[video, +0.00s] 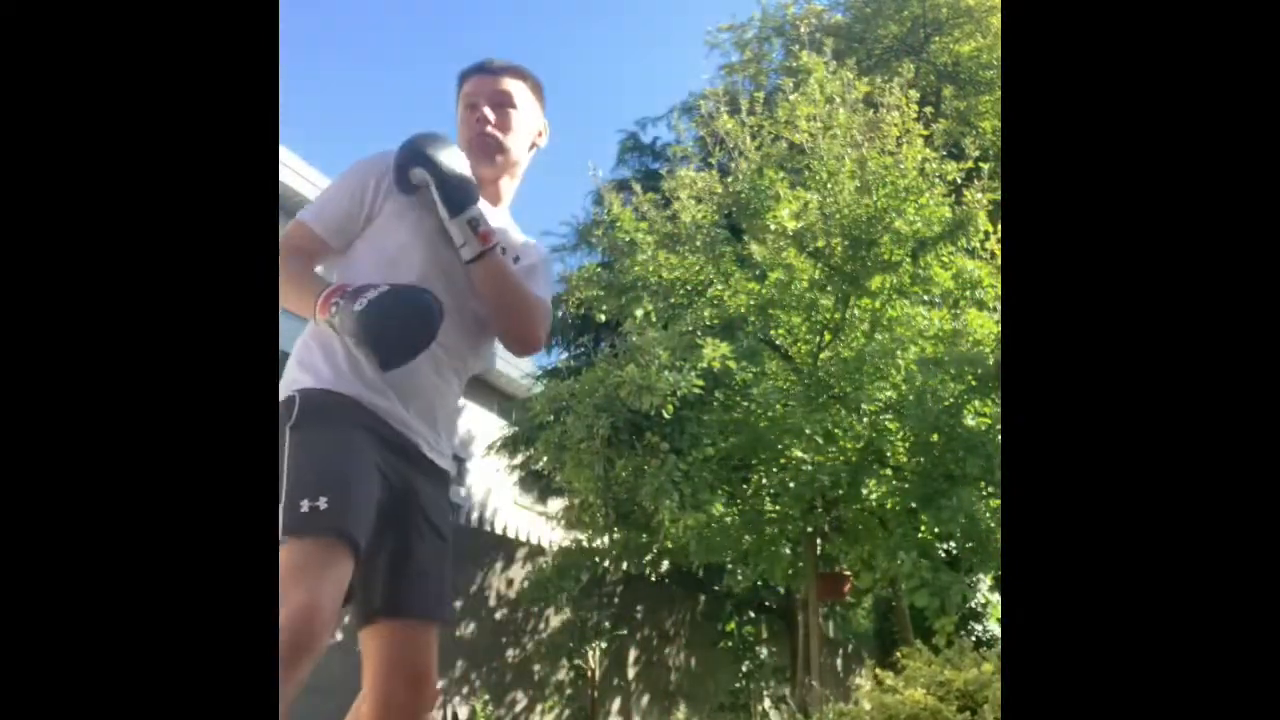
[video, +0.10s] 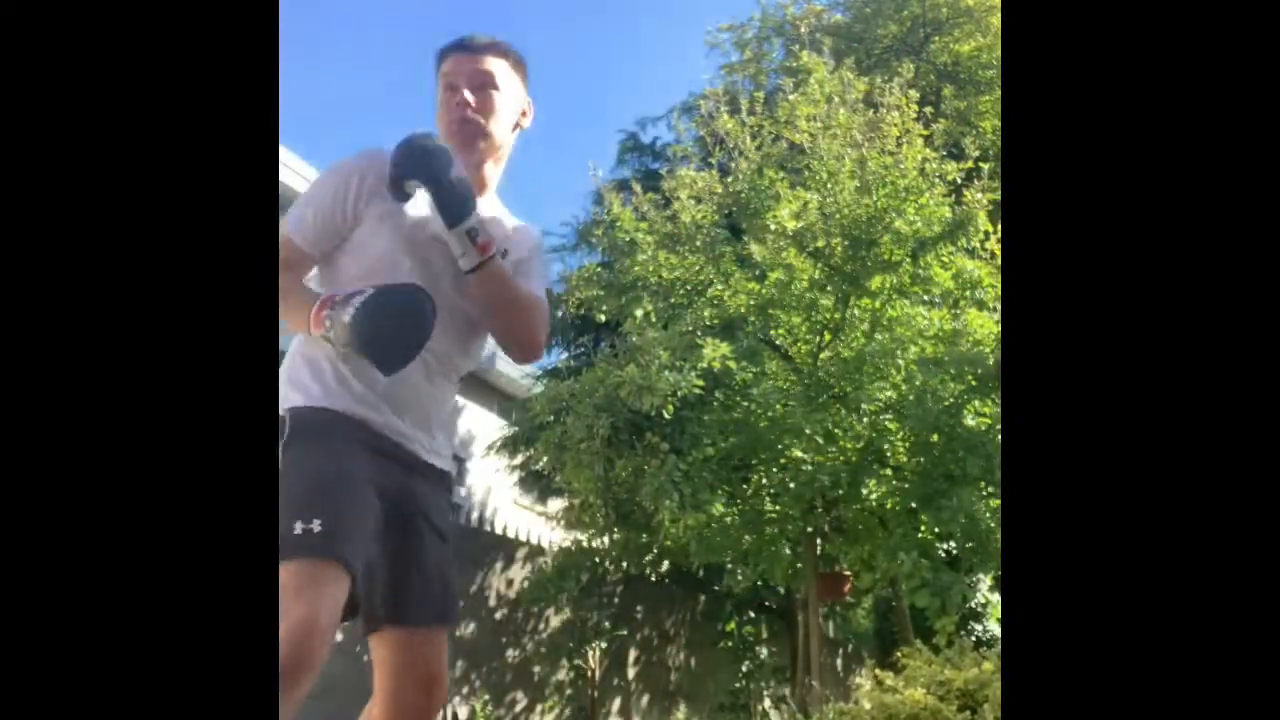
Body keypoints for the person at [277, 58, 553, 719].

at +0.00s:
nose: (484, 113)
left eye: (504, 105)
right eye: (472, 105)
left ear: (539, 137)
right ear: (455, 123)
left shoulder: (527, 252)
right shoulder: (393, 172)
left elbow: (529, 336)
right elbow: (286, 256)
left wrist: (473, 226)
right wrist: (337, 303)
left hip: (428, 451)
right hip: (338, 396)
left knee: (406, 694)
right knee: (304, 621)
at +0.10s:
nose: (466, 97)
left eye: (486, 86)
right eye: (453, 86)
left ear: (522, 115)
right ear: (437, 104)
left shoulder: (517, 238)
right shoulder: (369, 175)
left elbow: (528, 343)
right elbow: (279, 267)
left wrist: (465, 228)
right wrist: (319, 314)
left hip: (426, 455)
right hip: (328, 412)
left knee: (418, 692)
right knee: (303, 634)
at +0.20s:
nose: (436, 88)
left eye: (456, 72)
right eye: (420, 74)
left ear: (499, 95)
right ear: (406, 88)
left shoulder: (511, 223)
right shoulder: (350, 174)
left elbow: (532, 371)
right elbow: (277, 293)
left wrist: (497, 272)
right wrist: (345, 312)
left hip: (424, 452)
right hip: (322, 415)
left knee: (431, 687)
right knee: (297, 627)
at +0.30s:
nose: (415, 83)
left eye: (436, 67)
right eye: (398, 68)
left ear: (479, 89)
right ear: (382, 85)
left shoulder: (503, 211)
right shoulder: (331, 175)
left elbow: (540, 376)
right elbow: (283, 329)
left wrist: (546, 325)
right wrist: (350, 259)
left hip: (424, 448)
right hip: (317, 415)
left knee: (452, 682)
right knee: (290, 625)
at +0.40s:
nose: (430, 86)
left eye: (452, 70)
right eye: (414, 71)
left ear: (493, 91)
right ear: (397, 86)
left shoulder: (508, 215)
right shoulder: (348, 171)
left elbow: (547, 376)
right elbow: (286, 323)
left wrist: (553, 326)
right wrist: (371, 246)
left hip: (429, 447)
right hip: (324, 412)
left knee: (468, 677)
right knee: (295, 619)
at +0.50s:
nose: (469, 98)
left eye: (489, 85)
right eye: (453, 86)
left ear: (525, 109)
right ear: (435, 105)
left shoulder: (523, 233)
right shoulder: (383, 180)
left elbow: (555, 386)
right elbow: (285, 299)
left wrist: (541, 287)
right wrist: (405, 281)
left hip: (440, 456)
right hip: (346, 417)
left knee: (479, 683)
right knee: (308, 631)